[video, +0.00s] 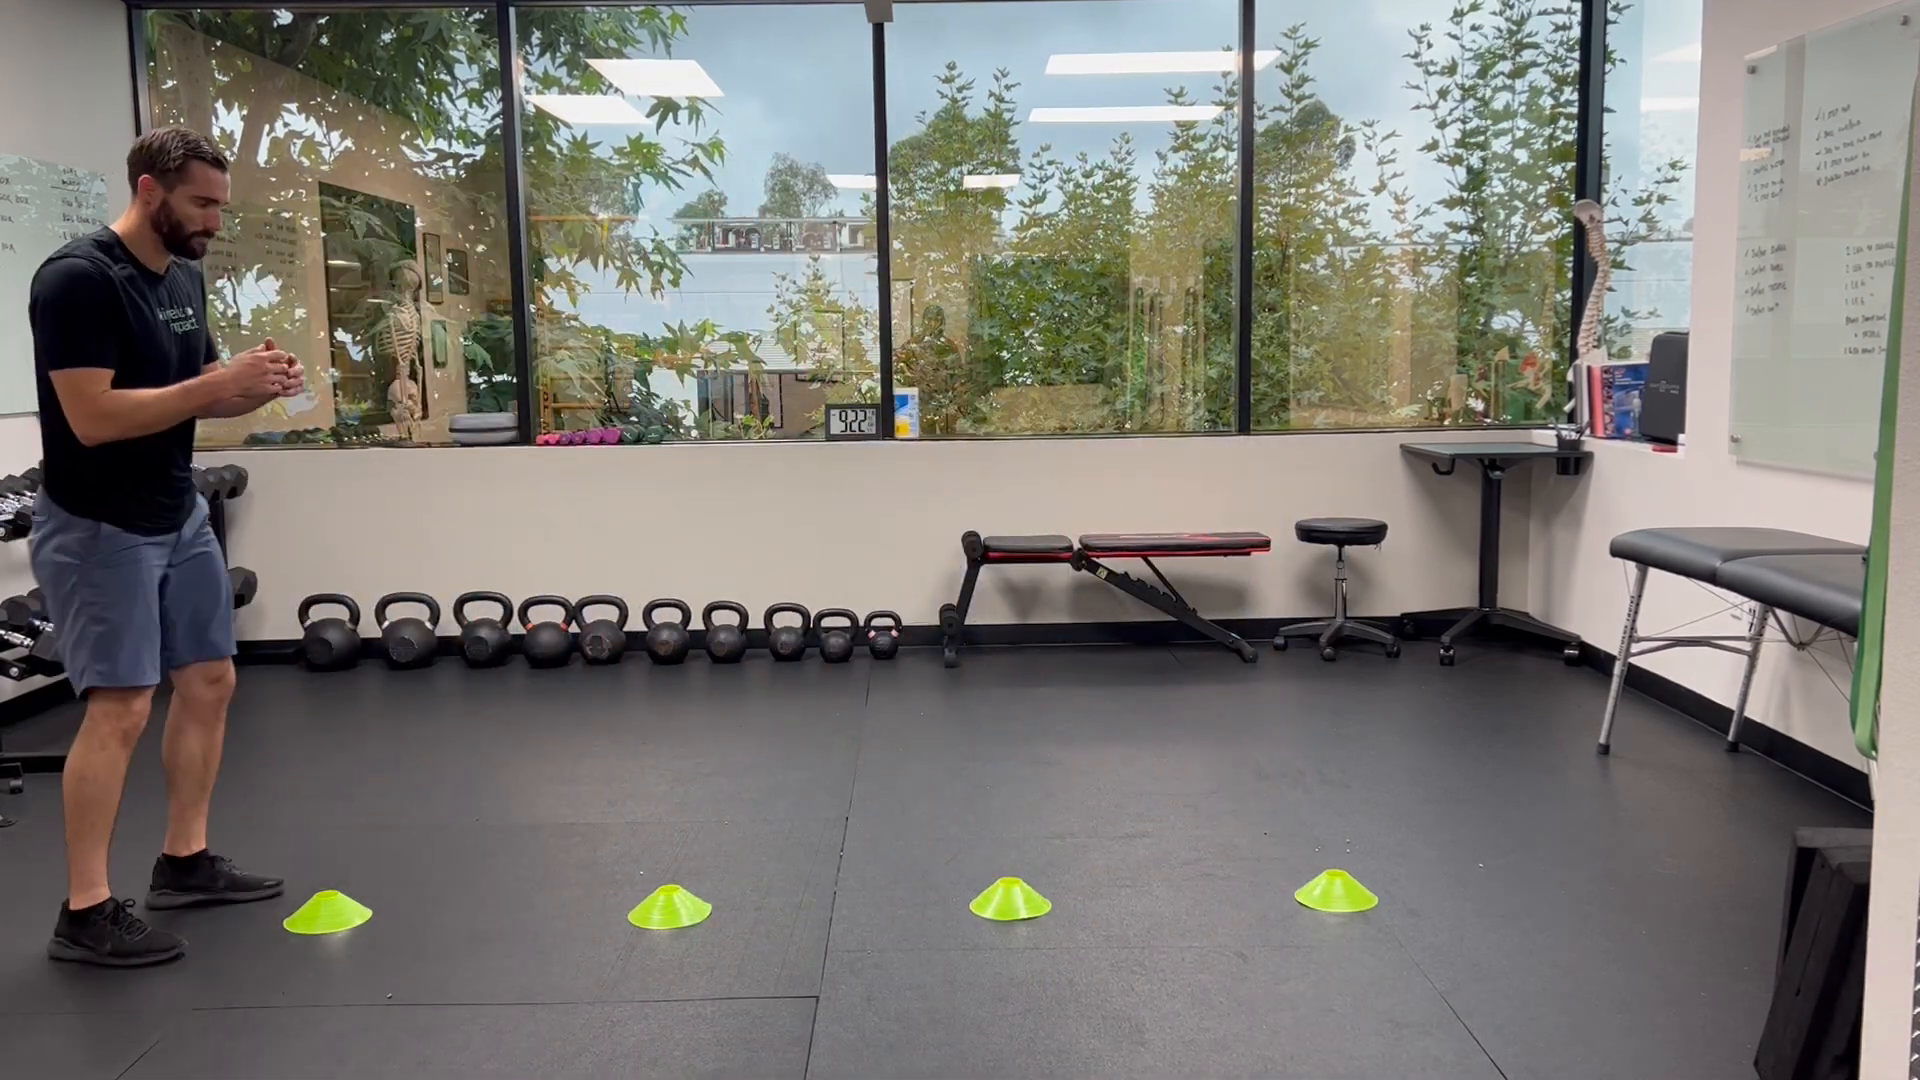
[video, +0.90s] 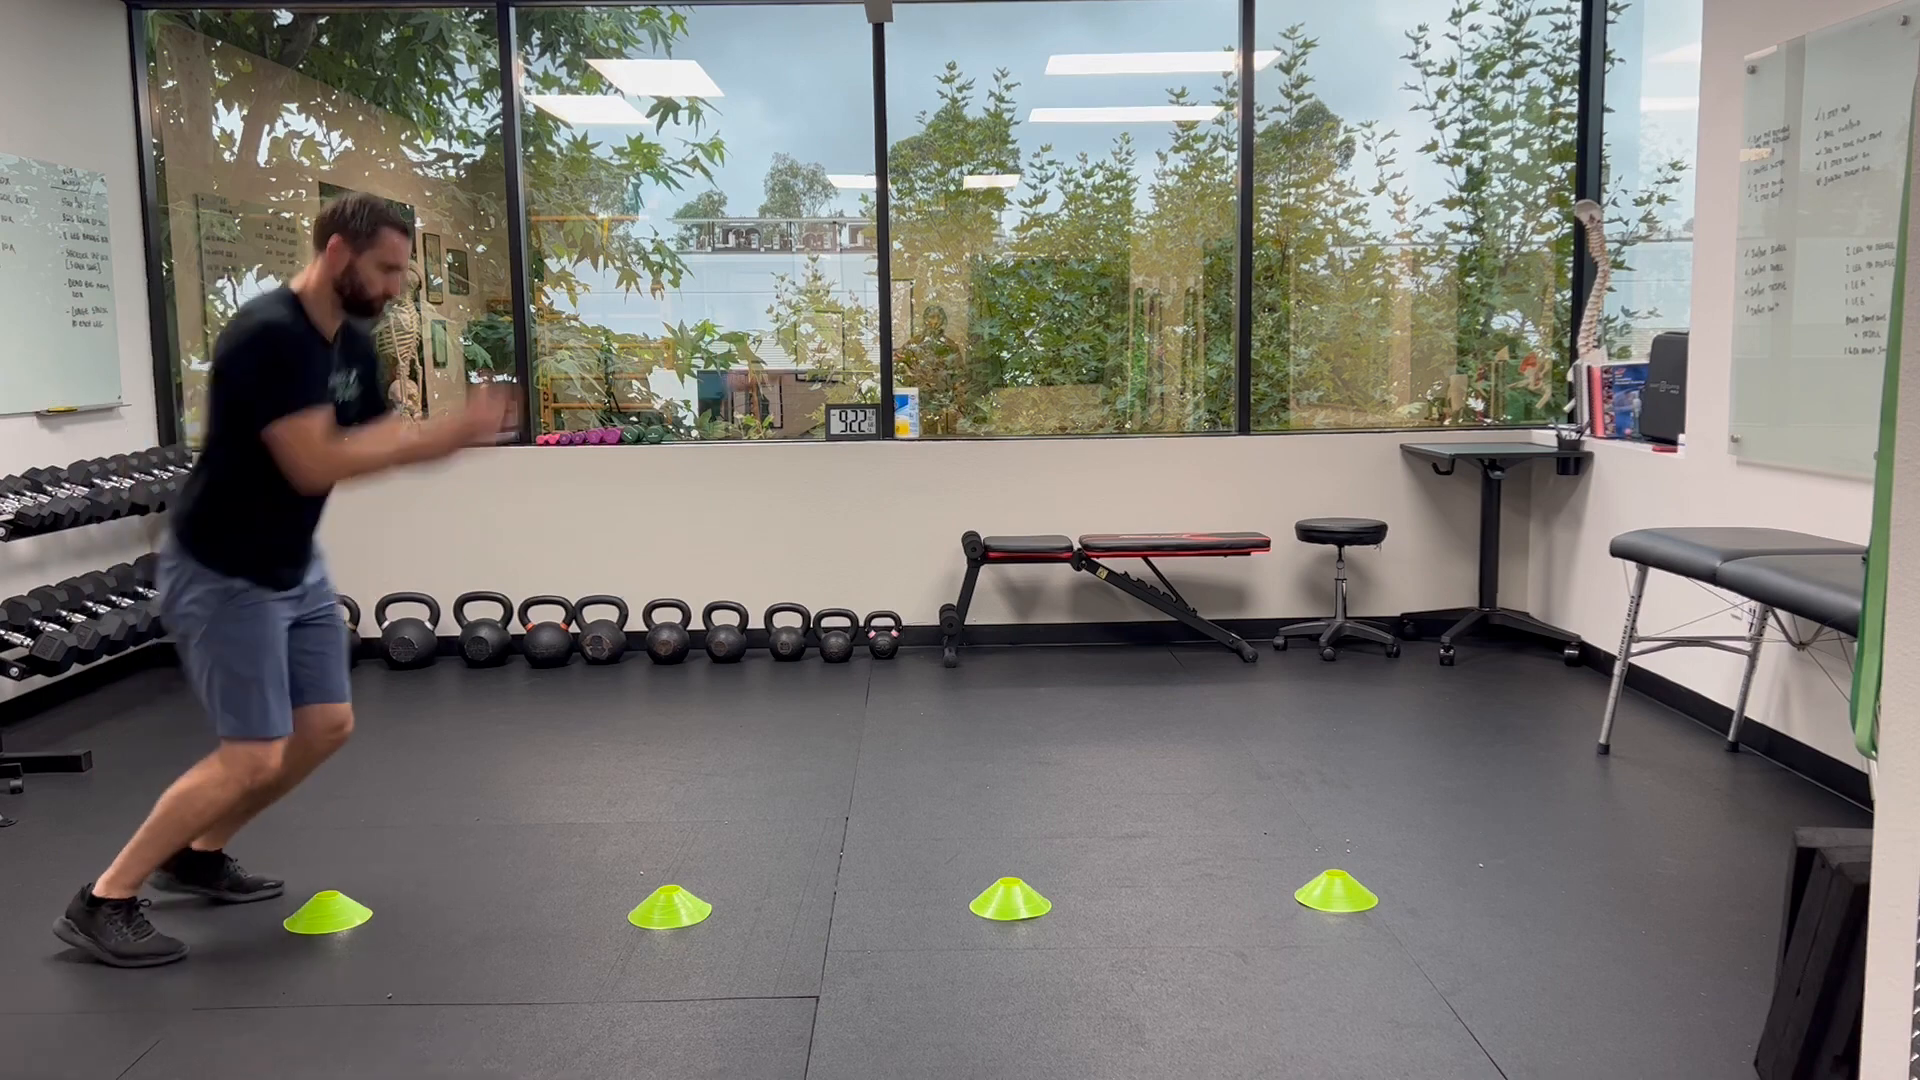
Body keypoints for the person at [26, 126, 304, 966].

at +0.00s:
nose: (215, 222)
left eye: (221, 206)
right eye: (204, 204)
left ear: (179, 198)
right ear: (150, 191)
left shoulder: (181, 276)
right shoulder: (75, 279)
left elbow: (181, 399)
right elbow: (92, 420)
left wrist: (243, 388)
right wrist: (217, 386)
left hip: (177, 518)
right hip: (96, 529)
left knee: (208, 681)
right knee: (118, 707)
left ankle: (185, 859)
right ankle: (86, 910)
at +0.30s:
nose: (250, 229)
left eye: (256, 215)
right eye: (239, 211)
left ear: (219, 206)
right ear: (187, 196)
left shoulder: (217, 287)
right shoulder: (114, 282)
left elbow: (241, 401)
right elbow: (118, 423)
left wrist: (302, 437)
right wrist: (250, 454)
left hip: (212, 528)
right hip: (132, 538)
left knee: (239, 686)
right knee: (155, 713)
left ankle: (189, 859)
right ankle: (95, 907)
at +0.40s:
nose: (272, 232)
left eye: (279, 217)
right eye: (263, 214)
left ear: (247, 211)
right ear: (211, 198)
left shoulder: (236, 287)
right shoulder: (134, 278)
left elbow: (234, 406)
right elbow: (98, 418)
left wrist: (278, 503)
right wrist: (166, 533)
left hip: (220, 524)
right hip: (140, 531)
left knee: (235, 685)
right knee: (155, 709)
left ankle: (187, 859)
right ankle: (95, 907)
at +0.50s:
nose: (311, 238)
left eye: (319, 223)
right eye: (301, 219)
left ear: (293, 217)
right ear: (249, 202)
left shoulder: (261, 286)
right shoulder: (165, 276)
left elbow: (209, 394)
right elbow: (57, 383)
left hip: (225, 528)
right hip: (149, 535)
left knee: (222, 690)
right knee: (148, 713)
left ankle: (186, 858)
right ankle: (97, 907)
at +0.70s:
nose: (390, 297)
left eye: (397, 283)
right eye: (382, 279)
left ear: (355, 269)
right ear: (331, 260)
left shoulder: (322, 335)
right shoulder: (234, 317)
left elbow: (236, 409)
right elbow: (85, 365)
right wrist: (12, 465)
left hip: (229, 538)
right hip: (148, 539)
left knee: (257, 698)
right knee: (192, 716)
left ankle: (188, 857)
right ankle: (95, 902)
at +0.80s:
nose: (401, 317)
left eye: (405, 303)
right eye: (392, 301)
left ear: (349, 294)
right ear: (339, 287)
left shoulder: (337, 370)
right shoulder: (247, 361)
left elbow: (281, 477)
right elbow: (153, 476)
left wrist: (322, 569)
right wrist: (194, 598)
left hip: (254, 562)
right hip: (177, 561)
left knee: (303, 720)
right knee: (235, 749)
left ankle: (191, 859)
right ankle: (99, 907)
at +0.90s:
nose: (394, 287)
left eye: (401, 273)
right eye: (385, 269)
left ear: (383, 267)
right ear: (336, 252)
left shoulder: (354, 344)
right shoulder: (269, 334)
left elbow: (373, 446)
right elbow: (312, 463)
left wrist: (455, 434)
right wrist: (439, 433)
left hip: (294, 562)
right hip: (222, 572)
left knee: (324, 724)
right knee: (254, 759)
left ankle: (197, 850)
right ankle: (106, 899)